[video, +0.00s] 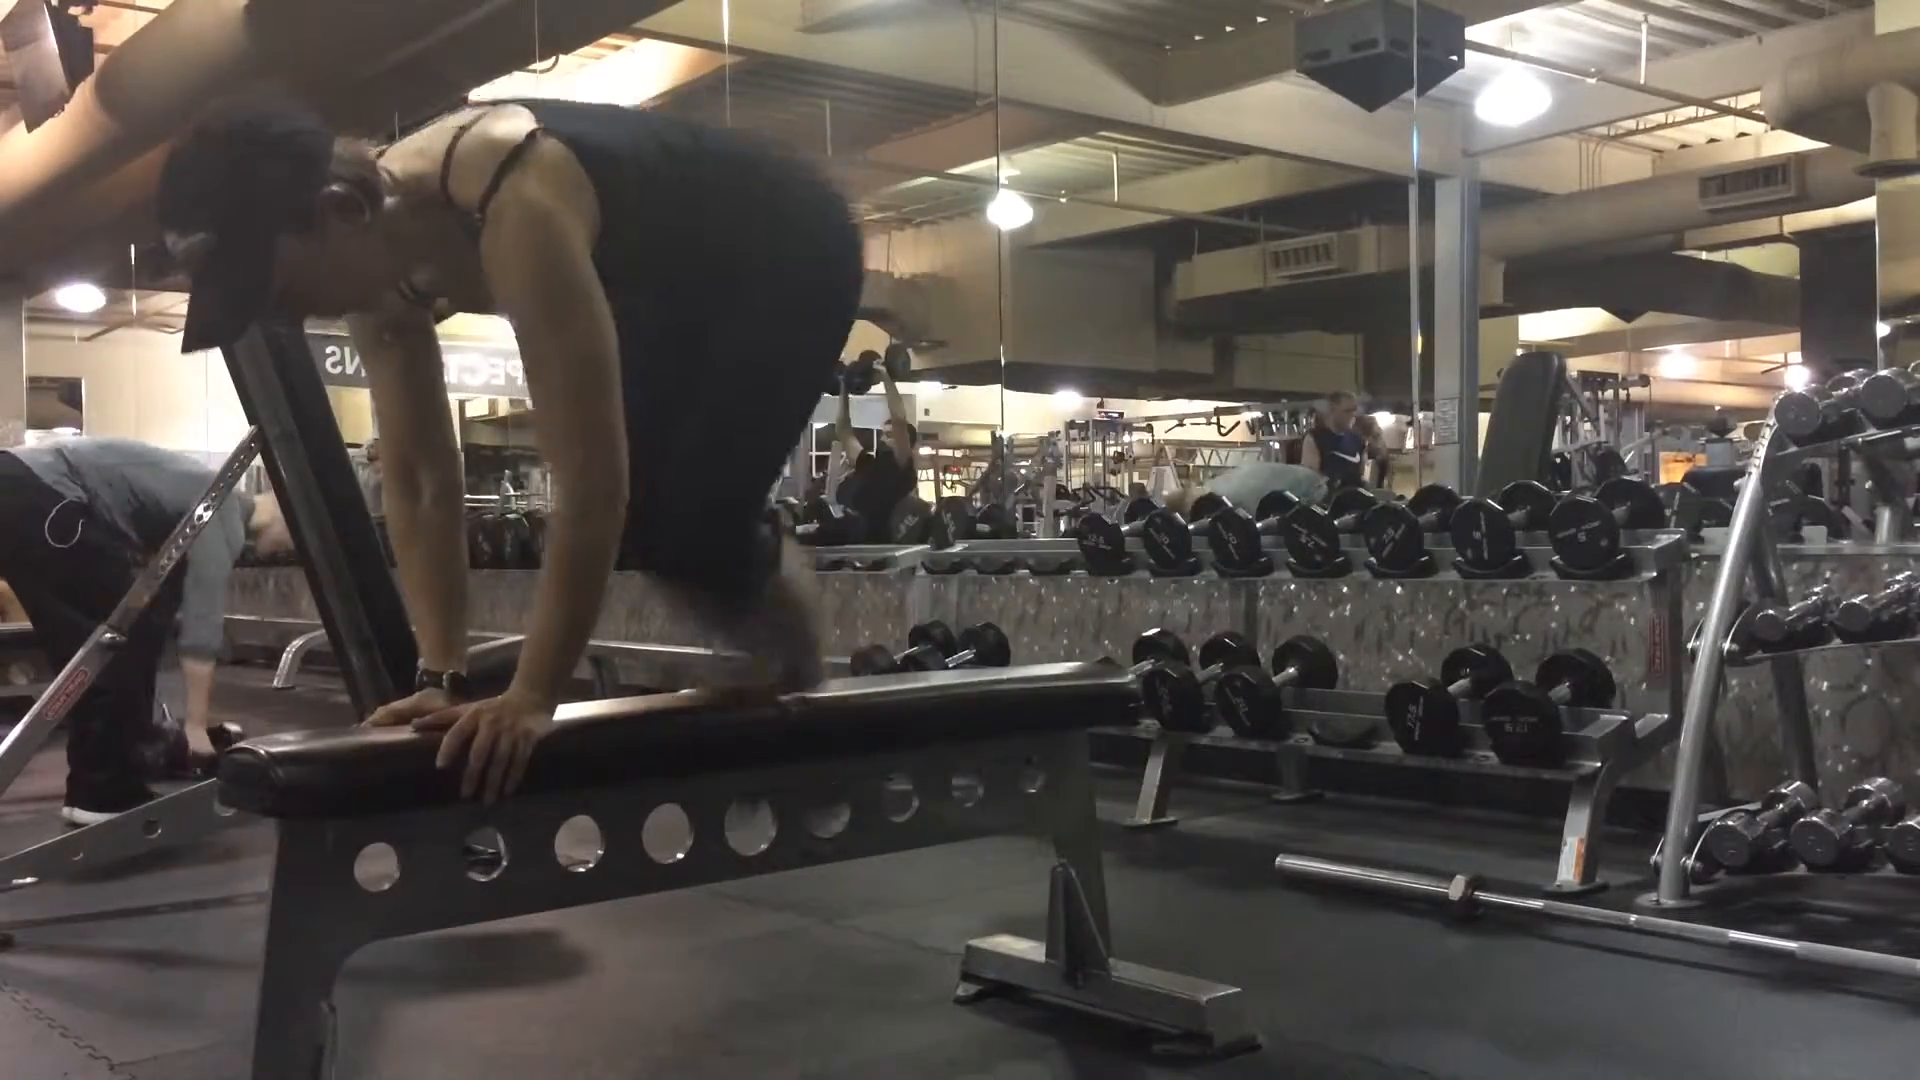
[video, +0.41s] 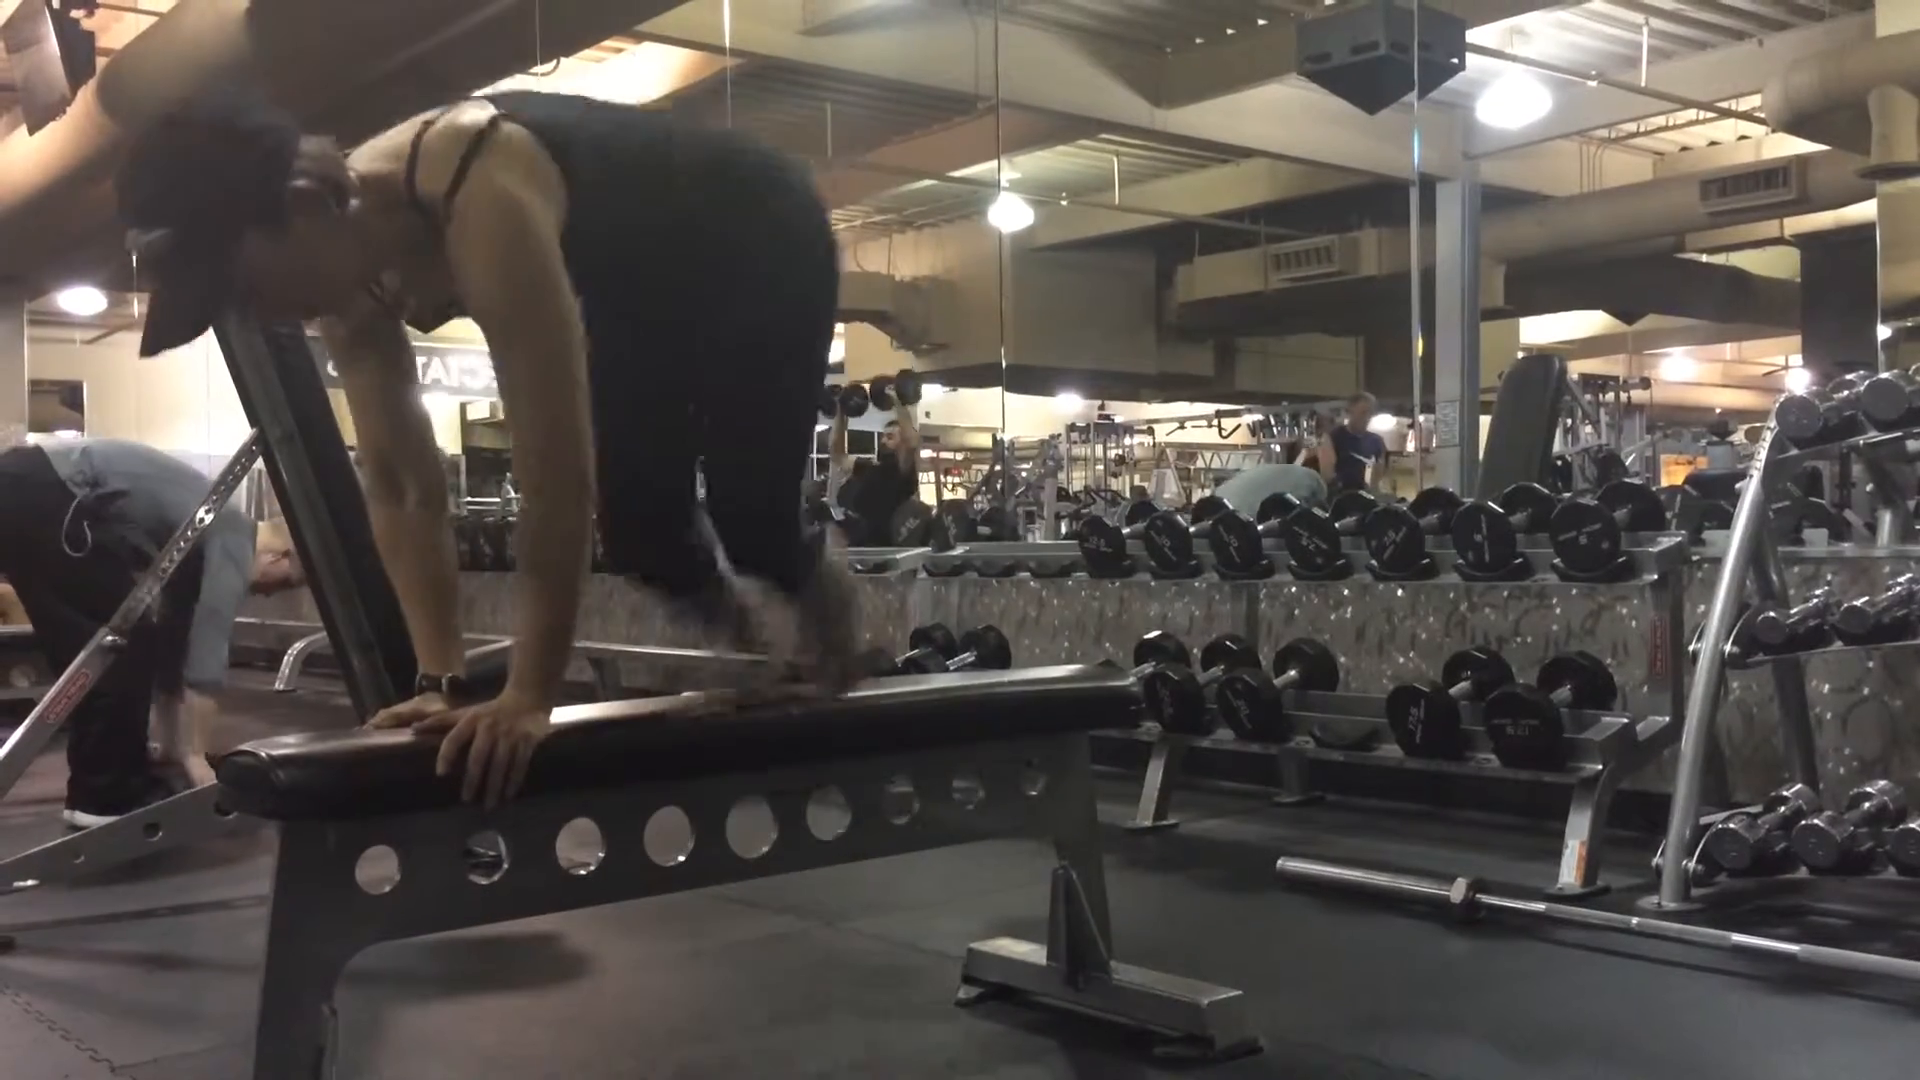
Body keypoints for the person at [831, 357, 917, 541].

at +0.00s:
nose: (881, 438)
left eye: (888, 435)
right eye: (881, 434)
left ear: (905, 442)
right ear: (879, 436)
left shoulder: (902, 473)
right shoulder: (867, 465)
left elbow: (899, 421)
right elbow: (844, 431)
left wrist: (886, 377)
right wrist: (843, 388)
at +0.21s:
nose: (882, 438)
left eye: (889, 435)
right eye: (882, 434)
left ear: (903, 438)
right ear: (879, 436)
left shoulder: (903, 471)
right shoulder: (865, 464)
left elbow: (904, 426)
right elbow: (840, 439)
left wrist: (890, 384)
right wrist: (842, 393)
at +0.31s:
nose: (882, 441)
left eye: (890, 437)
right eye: (882, 436)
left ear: (904, 441)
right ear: (879, 438)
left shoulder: (903, 476)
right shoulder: (864, 467)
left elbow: (907, 436)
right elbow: (839, 448)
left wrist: (894, 394)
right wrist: (842, 401)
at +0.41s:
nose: (883, 441)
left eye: (890, 437)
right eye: (882, 437)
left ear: (903, 443)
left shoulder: (903, 477)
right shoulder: (864, 469)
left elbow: (909, 442)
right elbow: (837, 456)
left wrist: (898, 401)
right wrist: (841, 409)